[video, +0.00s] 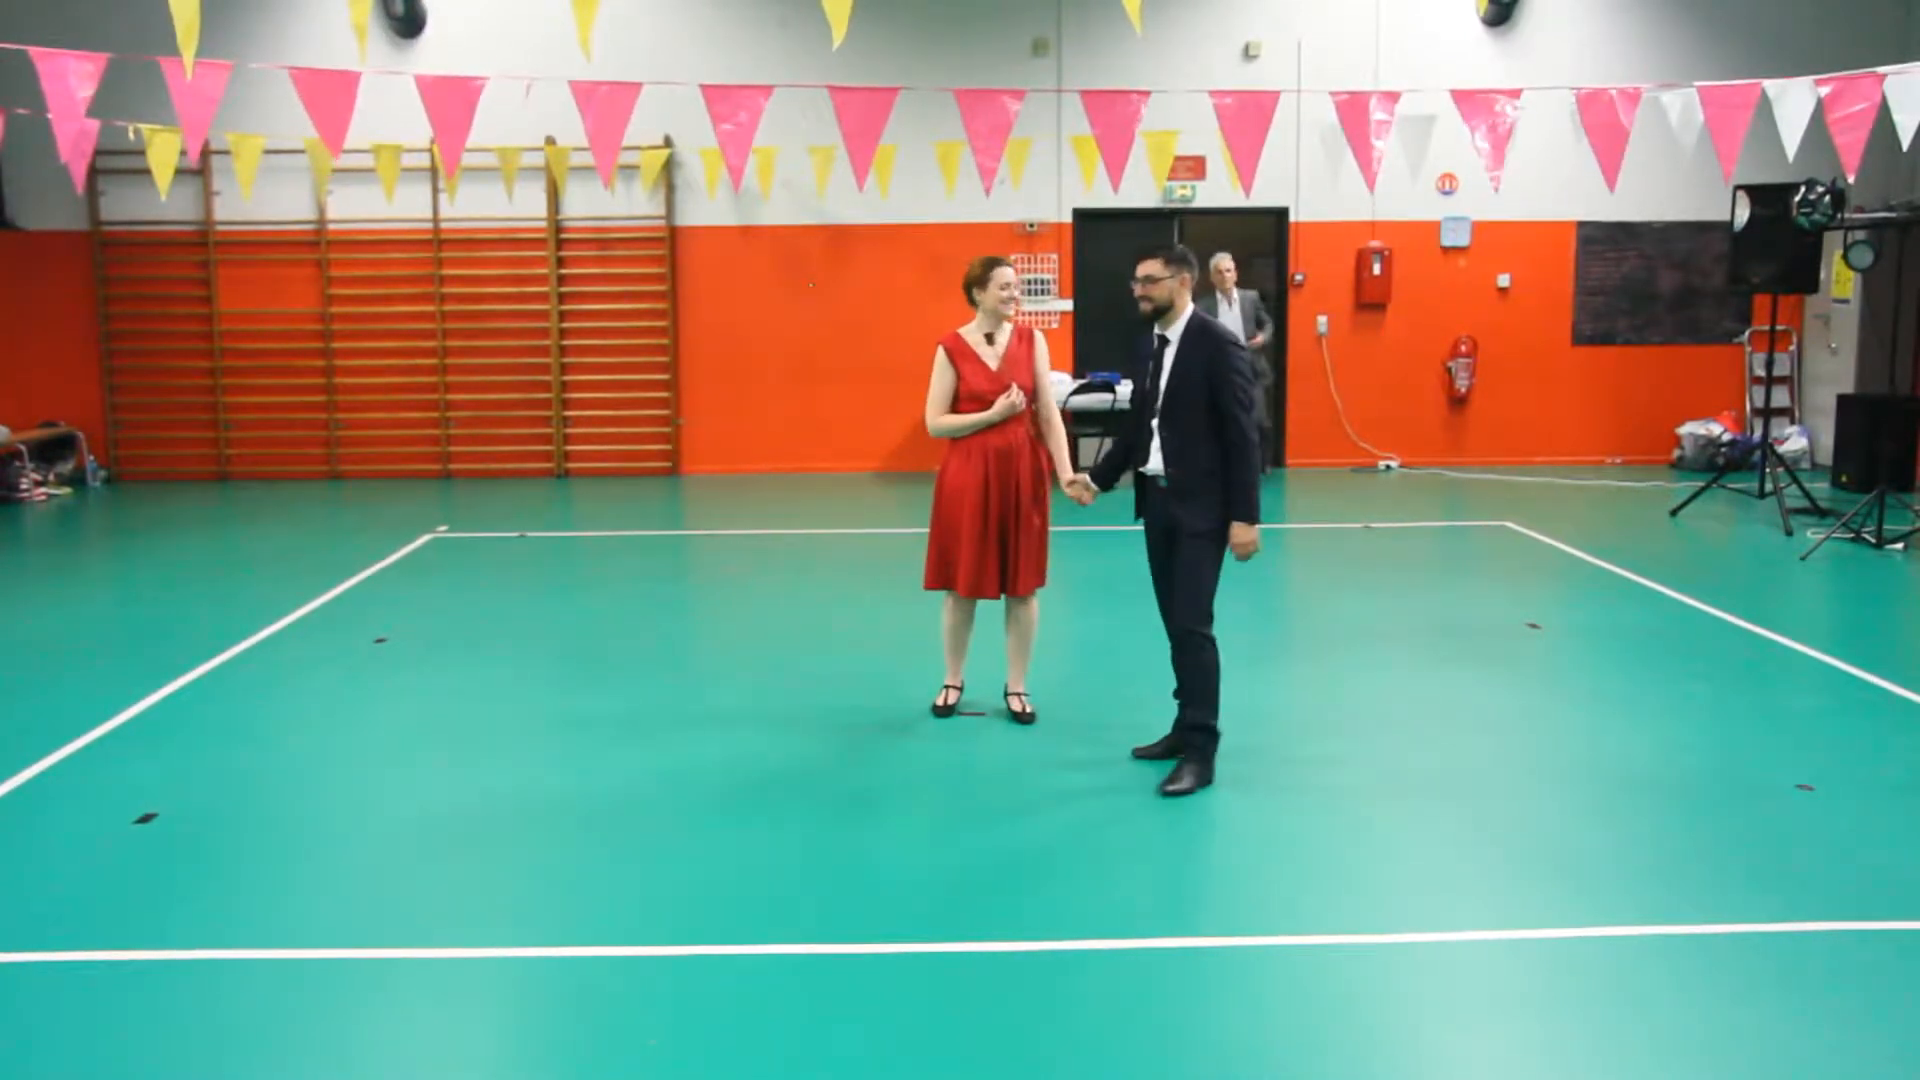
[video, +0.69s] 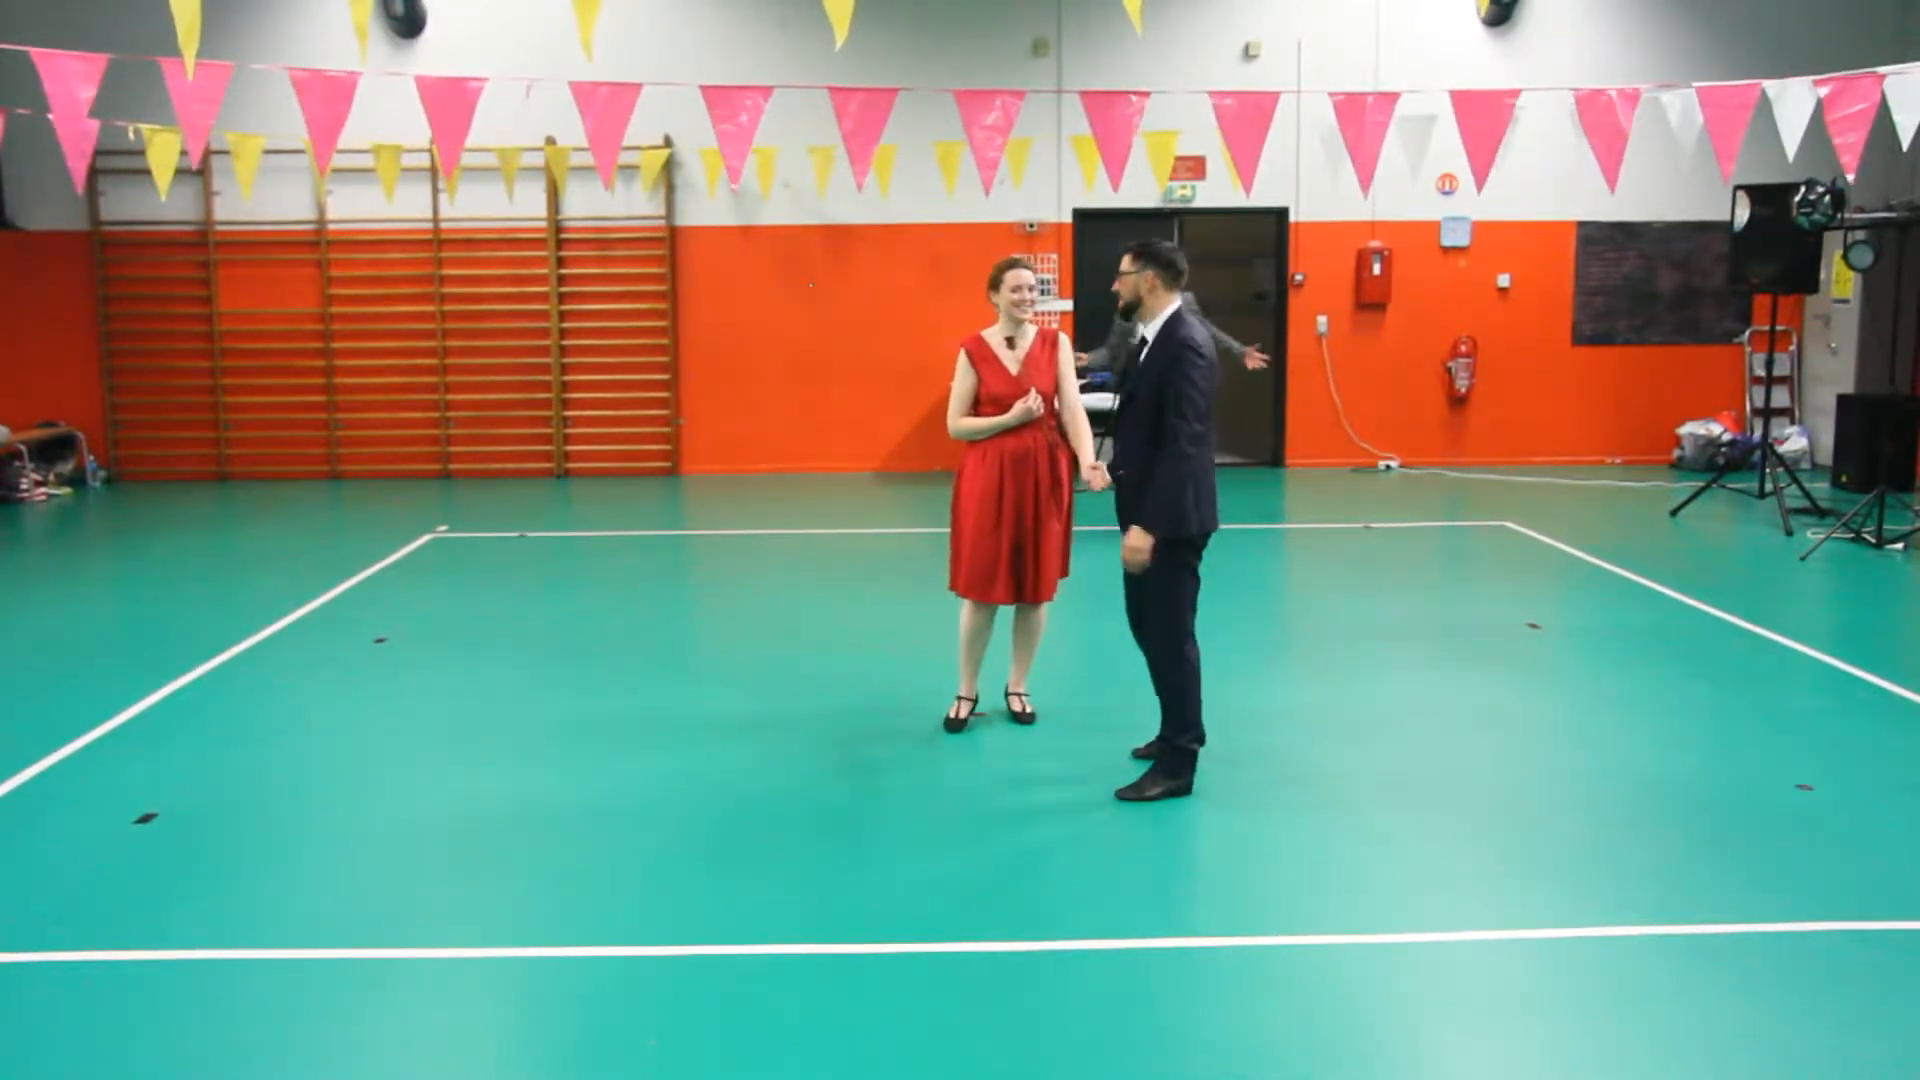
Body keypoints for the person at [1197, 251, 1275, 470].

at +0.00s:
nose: (1226, 275)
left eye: (1229, 270)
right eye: (1220, 272)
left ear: (1236, 273)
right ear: (1211, 277)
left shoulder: (1251, 298)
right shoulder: (1203, 305)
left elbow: (1266, 323)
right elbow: (1199, 336)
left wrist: (1261, 337)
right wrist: (1218, 346)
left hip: (1251, 364)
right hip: (1220, 366)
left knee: (1257, 418)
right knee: (1224, 415)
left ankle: (1262, 462)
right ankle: (1227, 460)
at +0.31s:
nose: (1212, 273)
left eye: (1217, 268)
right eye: (1207, 269)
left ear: (1225, 271)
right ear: (1199, 274)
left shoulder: (1241, 300)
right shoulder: (1190, 303)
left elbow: (1256, 323)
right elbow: (1183, 335)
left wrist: (1276, 337)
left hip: (1237, 365)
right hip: (1206, 367)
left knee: (1241, 427)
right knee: (1209, 425)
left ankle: (1247, 485)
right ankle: (1213, 484)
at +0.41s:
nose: (1192, 266)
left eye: (1197, 261)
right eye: (1187, 261)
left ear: (1206, 264)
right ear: (1180, 265)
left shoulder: (1224, 291)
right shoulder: (1173, 296)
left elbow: (1245, 317)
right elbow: (1159, 330)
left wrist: (1269, 335)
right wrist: (1138, 355)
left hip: (1223, 362)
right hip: (1189, 365)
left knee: (1232, 424)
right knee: (1192, 424)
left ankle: (1251, 482)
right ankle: (1199, 485)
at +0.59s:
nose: (1116, 287)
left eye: (1126, 277)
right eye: (1118, 277)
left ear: (1160, 280)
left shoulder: (1191, 344)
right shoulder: (1155, 335)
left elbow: (1197, 442)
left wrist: (1173, 526)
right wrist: (1104, 473)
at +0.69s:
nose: (1116, 285)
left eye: (1126, 275)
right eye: (1122, 276)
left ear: (1151, 276)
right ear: (1140, 278)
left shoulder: (1182, 301)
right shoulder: (1129, 311)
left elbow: (1205, 329)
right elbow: (1111, 351)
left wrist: (1240, 352)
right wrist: (1088, 360)